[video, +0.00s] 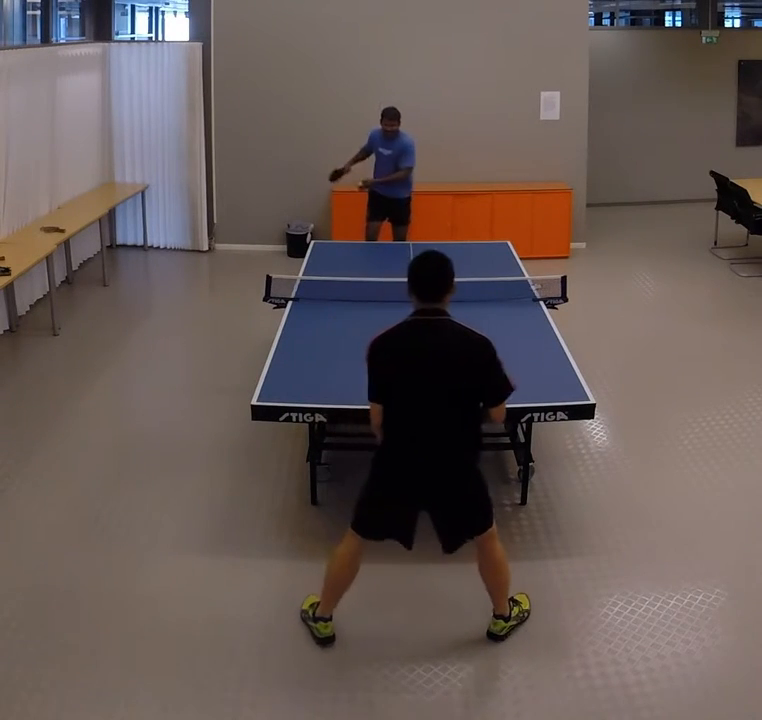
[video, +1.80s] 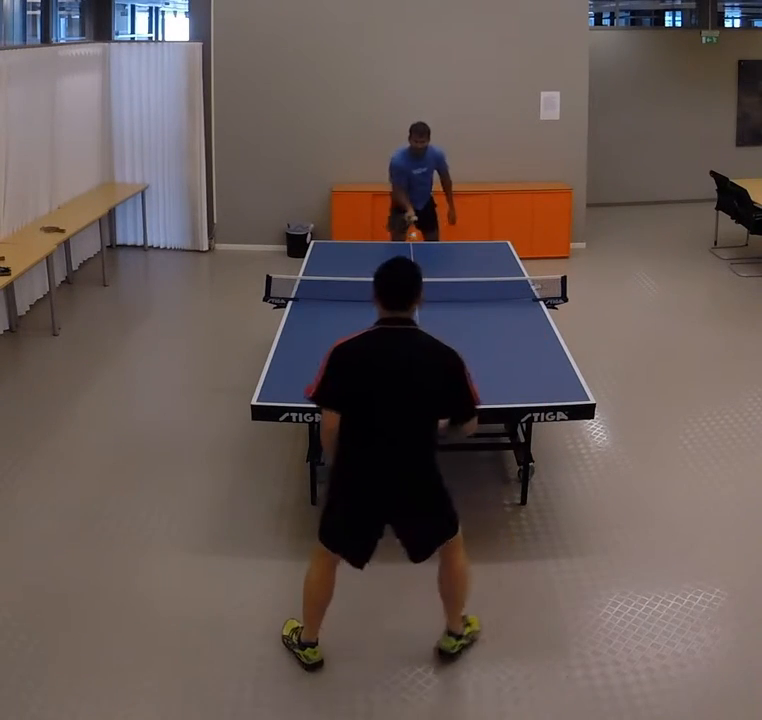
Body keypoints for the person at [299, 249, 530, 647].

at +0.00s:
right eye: (448, 282)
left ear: (409, 289)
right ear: (452, 288)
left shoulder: (384, 345)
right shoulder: (475, 346)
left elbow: (377, 418)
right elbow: (497, 413)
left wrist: (394, 446)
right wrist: (465, 392)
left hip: (396, 466)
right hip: (455, 466)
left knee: (356, 538)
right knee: (486, 536)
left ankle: (322, 617)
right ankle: (502, 615)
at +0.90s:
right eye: (484, 282)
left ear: (442, 288)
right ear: (485, 288)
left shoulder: (416, 341)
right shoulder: (507, 343)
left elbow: (392, 409)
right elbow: (527, 409)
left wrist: (404, 446)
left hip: (421, 462)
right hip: (478, 464)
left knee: (376, 543)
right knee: (501, 532)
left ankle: (331, 612)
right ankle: (503, 613)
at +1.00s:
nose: (490, 283)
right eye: (494, 277)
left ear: (450, 282)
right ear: (493, 281)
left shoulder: (424, 332)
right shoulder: (515, 334)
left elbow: (400, 399)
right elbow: (544, 409)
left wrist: (407, 438)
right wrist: (558, 431)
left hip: (434, 454)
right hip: (492, 458)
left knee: (393, 539)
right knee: (505, 532)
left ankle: (357, 620)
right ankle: (502, 613)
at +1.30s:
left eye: (453, 273)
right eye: (494, 272)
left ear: (452, 279)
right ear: (496, 278)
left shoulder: (430, 333)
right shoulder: (514, 331)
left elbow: (417, 403)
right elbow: (503, 386)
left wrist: (416, 442)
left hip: (440, 450)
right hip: (494, 452)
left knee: (396, 533)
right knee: (501, 538)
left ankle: (364, 616)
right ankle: (504, 613)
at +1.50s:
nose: (425, 290)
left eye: (424, 284)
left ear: (424, 290)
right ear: (466, 290)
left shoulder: (403, 349)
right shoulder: (485, 344)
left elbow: (392, 423)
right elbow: (454, 381)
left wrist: (388, 455)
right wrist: (393, 364)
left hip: (413, 465)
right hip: (465, 463)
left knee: (361, 549)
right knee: (488, 535)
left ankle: (317, 627)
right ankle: (503, 612)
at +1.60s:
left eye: (399, 292)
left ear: (397, 297)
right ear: (440, 299)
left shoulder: (372, 356)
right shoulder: (461, 357)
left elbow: (360, 428)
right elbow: (462, 417)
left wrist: (370, 468)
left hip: (385, 478)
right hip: (442, 477)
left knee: (340, 553)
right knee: (477, 543)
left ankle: (311, 640)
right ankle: (501, 614)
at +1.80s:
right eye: (415, 291)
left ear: (375, 296)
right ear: (420, 297)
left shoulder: (346, 353)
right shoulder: (442, 357)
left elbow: (329, 425)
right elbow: (466, 422)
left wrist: (336, 463)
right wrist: (431, 426)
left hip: (356, 479)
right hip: (416, 479)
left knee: (326, 555)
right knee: (451, 544)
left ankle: (308, 640)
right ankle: (454, 631)